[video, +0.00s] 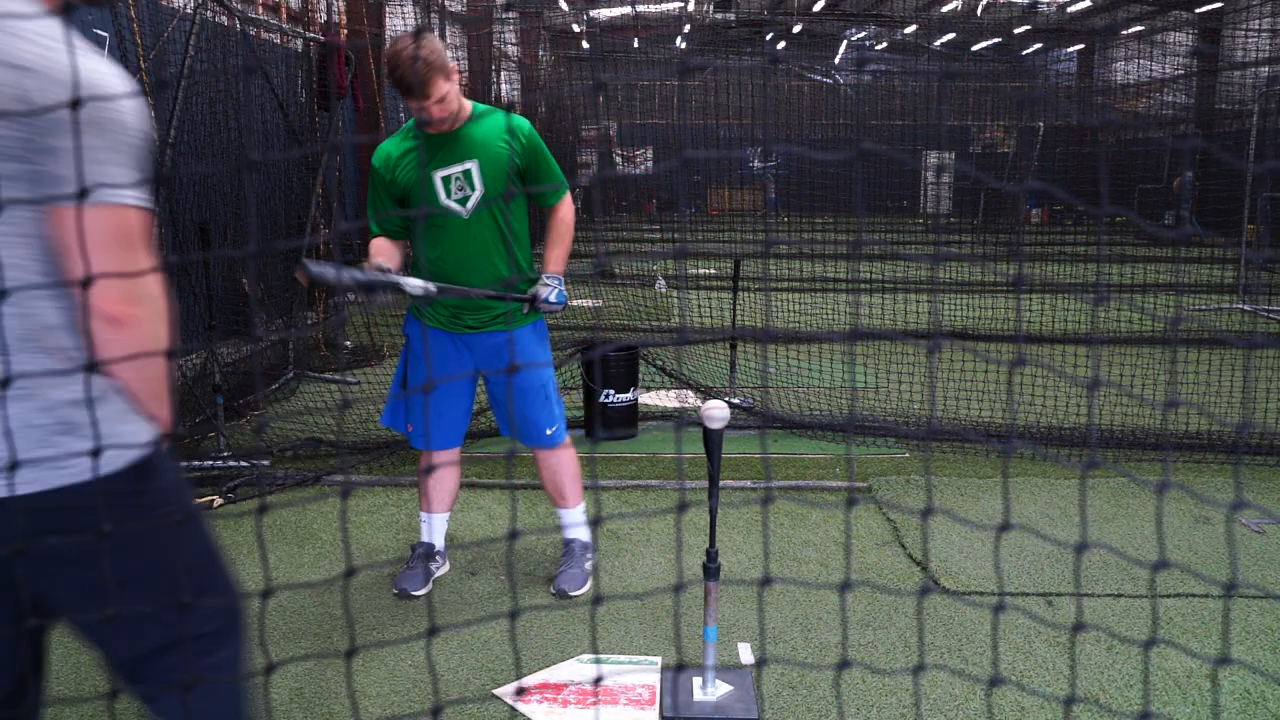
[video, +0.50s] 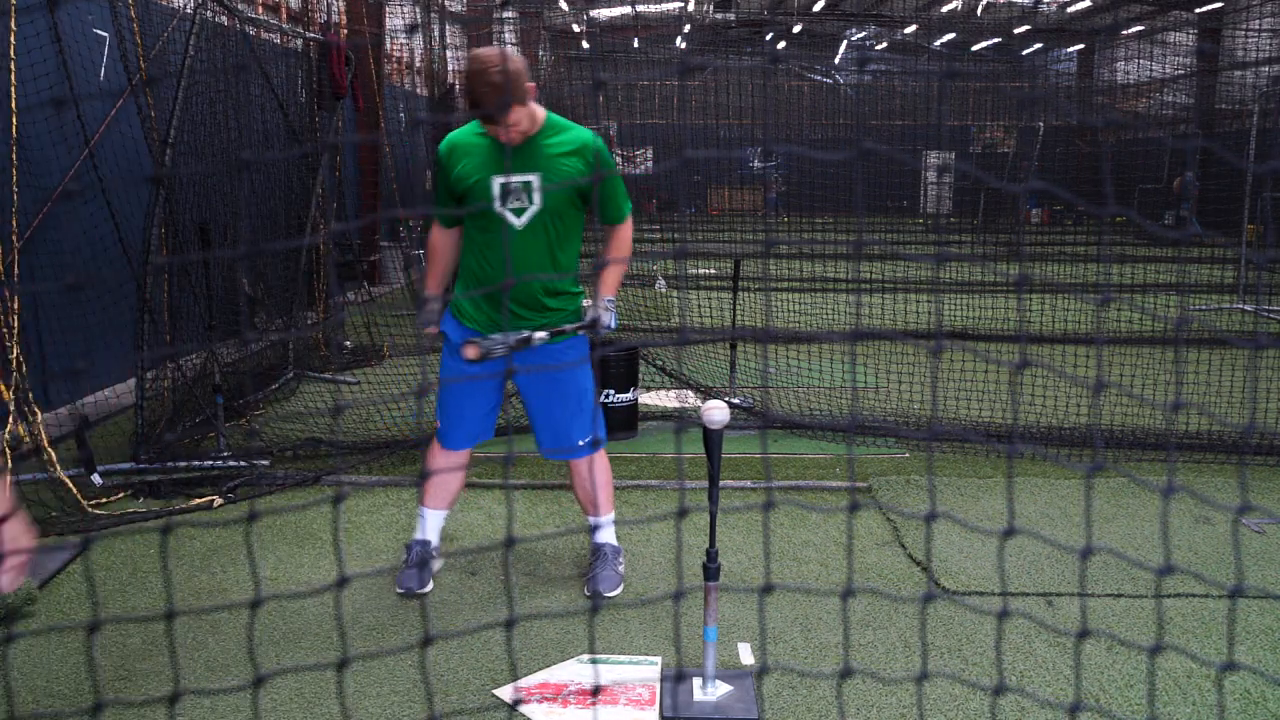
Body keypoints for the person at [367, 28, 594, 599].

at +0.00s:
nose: (435, 114)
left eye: (441, 101)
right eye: (421, 108)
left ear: (457, 77)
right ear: (403, 99)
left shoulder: (512, 134)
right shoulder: (391, 159)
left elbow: (561, 201)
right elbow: (388, 233)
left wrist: (552, 276)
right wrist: (381, 268)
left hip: (515, 319)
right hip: (436, 325)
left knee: (547, 434)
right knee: (436, 443)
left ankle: (577, 540)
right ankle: (430, 548)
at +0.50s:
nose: (505, 131)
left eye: (513, 118)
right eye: (493, 123)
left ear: (532, 94)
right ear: (476, 110)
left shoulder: (583, 148)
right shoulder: (457, 151)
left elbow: (620, 224)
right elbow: (446, 226)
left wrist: (604, 299)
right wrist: (432, 299)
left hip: (555, 325)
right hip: (472, 323)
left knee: (580, 441)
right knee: (451, 438)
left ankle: (605, 544)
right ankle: (423, 544)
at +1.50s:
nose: (489, 217)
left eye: (498, 206)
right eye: (479, 208)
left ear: (517, 179)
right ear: (460, 182)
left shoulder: (553, 221)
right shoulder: (441, 179)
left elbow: (563, 327)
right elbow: (433, 227)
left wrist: (559, 421)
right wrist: (426, 280)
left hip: (537, 339)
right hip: (461, 329)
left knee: (569, 439)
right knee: (439, 435)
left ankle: (606, 542)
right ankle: (418, 540)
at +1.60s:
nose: (493, 224)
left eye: (502, 214)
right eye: (484, 215)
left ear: (526, 188)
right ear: (466, 188)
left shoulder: (557, 229)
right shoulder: (445, 181)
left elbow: (565, 340)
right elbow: (434, 225)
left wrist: (561, 435)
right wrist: (426, 275)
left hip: (539, 342)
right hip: (462, 331)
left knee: (570, 442)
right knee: (440, 435)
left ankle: (606, 542)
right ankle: (418, 540)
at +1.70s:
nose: (508, 229)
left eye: (517, 221)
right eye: (497, 221)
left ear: (536, 195)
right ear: (478, 197)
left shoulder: (564, 238)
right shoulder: (453, 183)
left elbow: (569, 353)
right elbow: (436, 221)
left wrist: (568, 441)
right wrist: (420, 270)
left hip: (542, 343)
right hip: (463, 331)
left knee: (570, 443)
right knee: (440, 436)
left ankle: (606, 542)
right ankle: (417, 540)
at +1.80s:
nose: (512, 228)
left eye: (521, 220)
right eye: (501, 220)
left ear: (539, 194)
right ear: (482, 195)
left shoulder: (566, 236)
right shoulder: (454, 183)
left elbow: (573, 351)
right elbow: (435, 221)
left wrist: (572, 438)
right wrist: (419, 269)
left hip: (543, 344)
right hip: (463, 331)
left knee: (571, 443)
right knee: (440, 437)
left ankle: (606, 542)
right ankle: (417, 540)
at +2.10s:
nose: (516, 198)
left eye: (527, 188)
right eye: (505, 189)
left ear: (546, 157)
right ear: (486, 162)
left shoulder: (573, 209)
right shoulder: (455, 174)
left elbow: (585, 303)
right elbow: (432, 224)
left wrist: (587, 393)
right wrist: (413, 283)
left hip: (544, 334)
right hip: (462, 329)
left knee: (568, 442)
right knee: (440, 438)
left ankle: (604, 541)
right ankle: (418, 540)